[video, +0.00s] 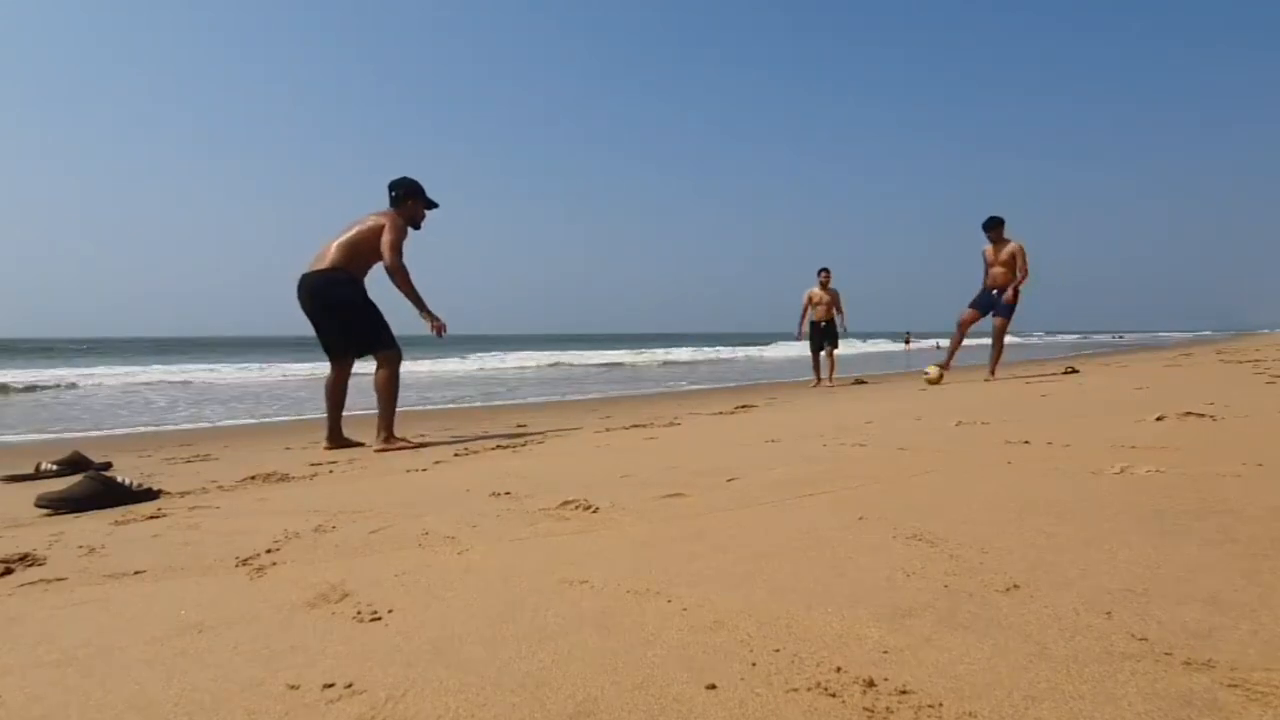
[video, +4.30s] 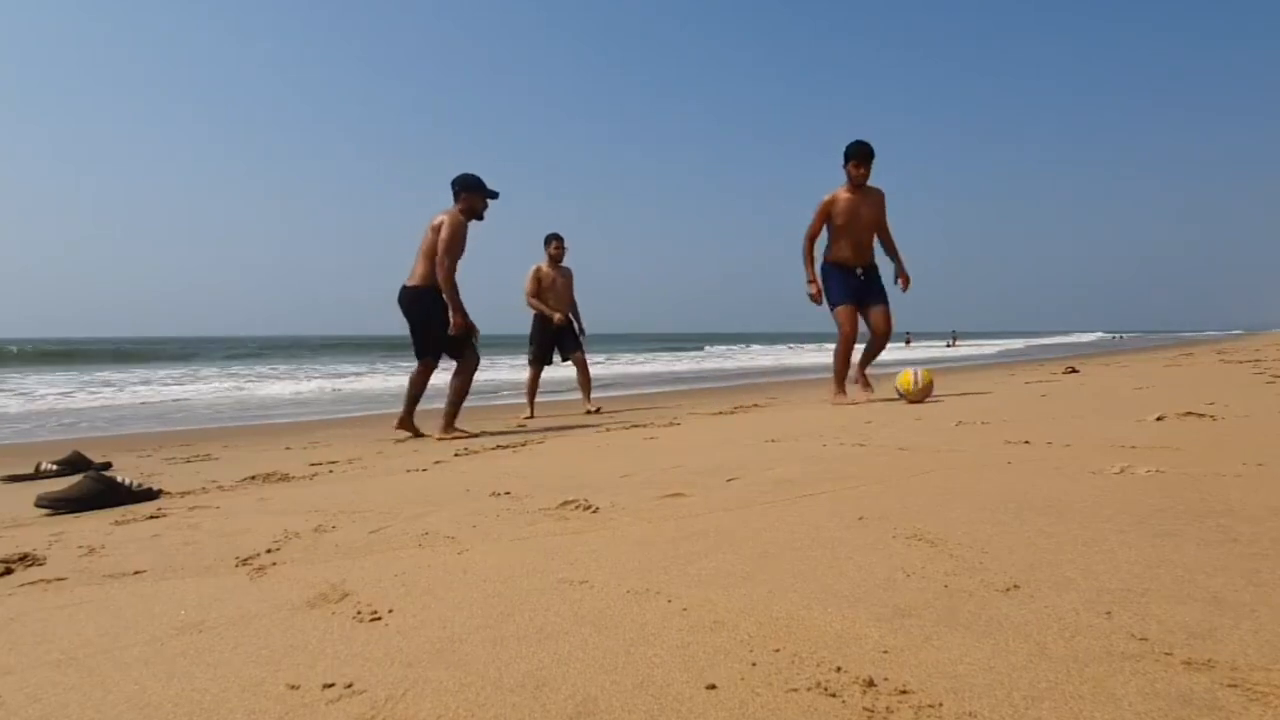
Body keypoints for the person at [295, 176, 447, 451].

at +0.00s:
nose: (424, 214)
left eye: (425, 208)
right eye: (422, 207)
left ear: (400, 203)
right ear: (407, 203)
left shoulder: (373, 221)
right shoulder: (393, 222)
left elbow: (348, 264)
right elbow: (393, 265)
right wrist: (426, 312)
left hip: (311, 284)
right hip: (339, 284)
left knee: (341, 362)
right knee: (389, 357)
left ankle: (334, 435)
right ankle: (385, 435)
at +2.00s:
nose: (406, 179)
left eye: (406, 173)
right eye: (403, 172)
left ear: (379, 169)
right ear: (387, 168)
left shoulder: (358, 193)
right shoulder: (372, 191)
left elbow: (361, 260)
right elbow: (365, 239)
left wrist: (387, 298)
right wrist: (397, 289)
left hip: (330, 276)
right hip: (342, 276)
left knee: (358, 359)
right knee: (369, 356)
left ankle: (328, 436)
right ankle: (348, 437)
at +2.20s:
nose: (412, 175)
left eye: (412, 169)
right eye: (408, 168)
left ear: (387, 167)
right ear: (392, 165)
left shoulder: (367, 193)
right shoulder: (380, 192)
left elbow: (368, 256)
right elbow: (375, 242)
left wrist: (393, 295)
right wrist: (405, 290)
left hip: (344, 276)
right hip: (350, 275)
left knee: (375, 357)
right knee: (378, 357)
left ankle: (358, 431)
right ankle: (351, 435)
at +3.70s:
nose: (437, 193)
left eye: (437, 188)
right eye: (433, 188)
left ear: (415, 189)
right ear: (417, 188)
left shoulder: (402, 214)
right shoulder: (409, 215)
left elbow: (399, 263)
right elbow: (405, 262)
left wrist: (421, 300)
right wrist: (426, 300)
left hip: (389, 287)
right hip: (393, 289)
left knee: (405, 358)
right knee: (403, 359)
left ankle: (382, 422)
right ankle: (365, 421)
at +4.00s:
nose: (455, 225)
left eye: (455, 220)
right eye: (451, 220)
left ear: (432, 221)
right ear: (436, 220)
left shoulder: (418, 243)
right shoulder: (433, 242)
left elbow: (422, 298)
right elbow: (429, 285)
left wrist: (449, 326)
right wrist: (448, 325)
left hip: (390, 311)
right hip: (403, 313)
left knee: (426, 372)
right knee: (439, 375)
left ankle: (397, 425)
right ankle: (384, 414)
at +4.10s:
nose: (465, 228)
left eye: (465, 223)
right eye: (461, 222)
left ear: (441, 222)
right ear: (445, 221)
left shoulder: (424, 244)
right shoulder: (439, 245)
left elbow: (427, 297)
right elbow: (432, 286)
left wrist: (451, 330)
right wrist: (448, 329)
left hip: (392, 311)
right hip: (407, 312)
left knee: (427, 368)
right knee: (457, 367)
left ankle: (398, 424)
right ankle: (413, 415)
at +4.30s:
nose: (487, 204)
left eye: (486, 199)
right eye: (482, 198)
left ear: (462, 198)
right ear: (465, 197)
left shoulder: (444, 220)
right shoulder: (454, 222)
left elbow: (442, 273)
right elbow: (444, 270)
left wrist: (461, 314)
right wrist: (458, 312)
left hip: (413, 295)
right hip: (428, 296)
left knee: (428, 359)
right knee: (469, 359)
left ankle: (406, 418)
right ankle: (448, 426)